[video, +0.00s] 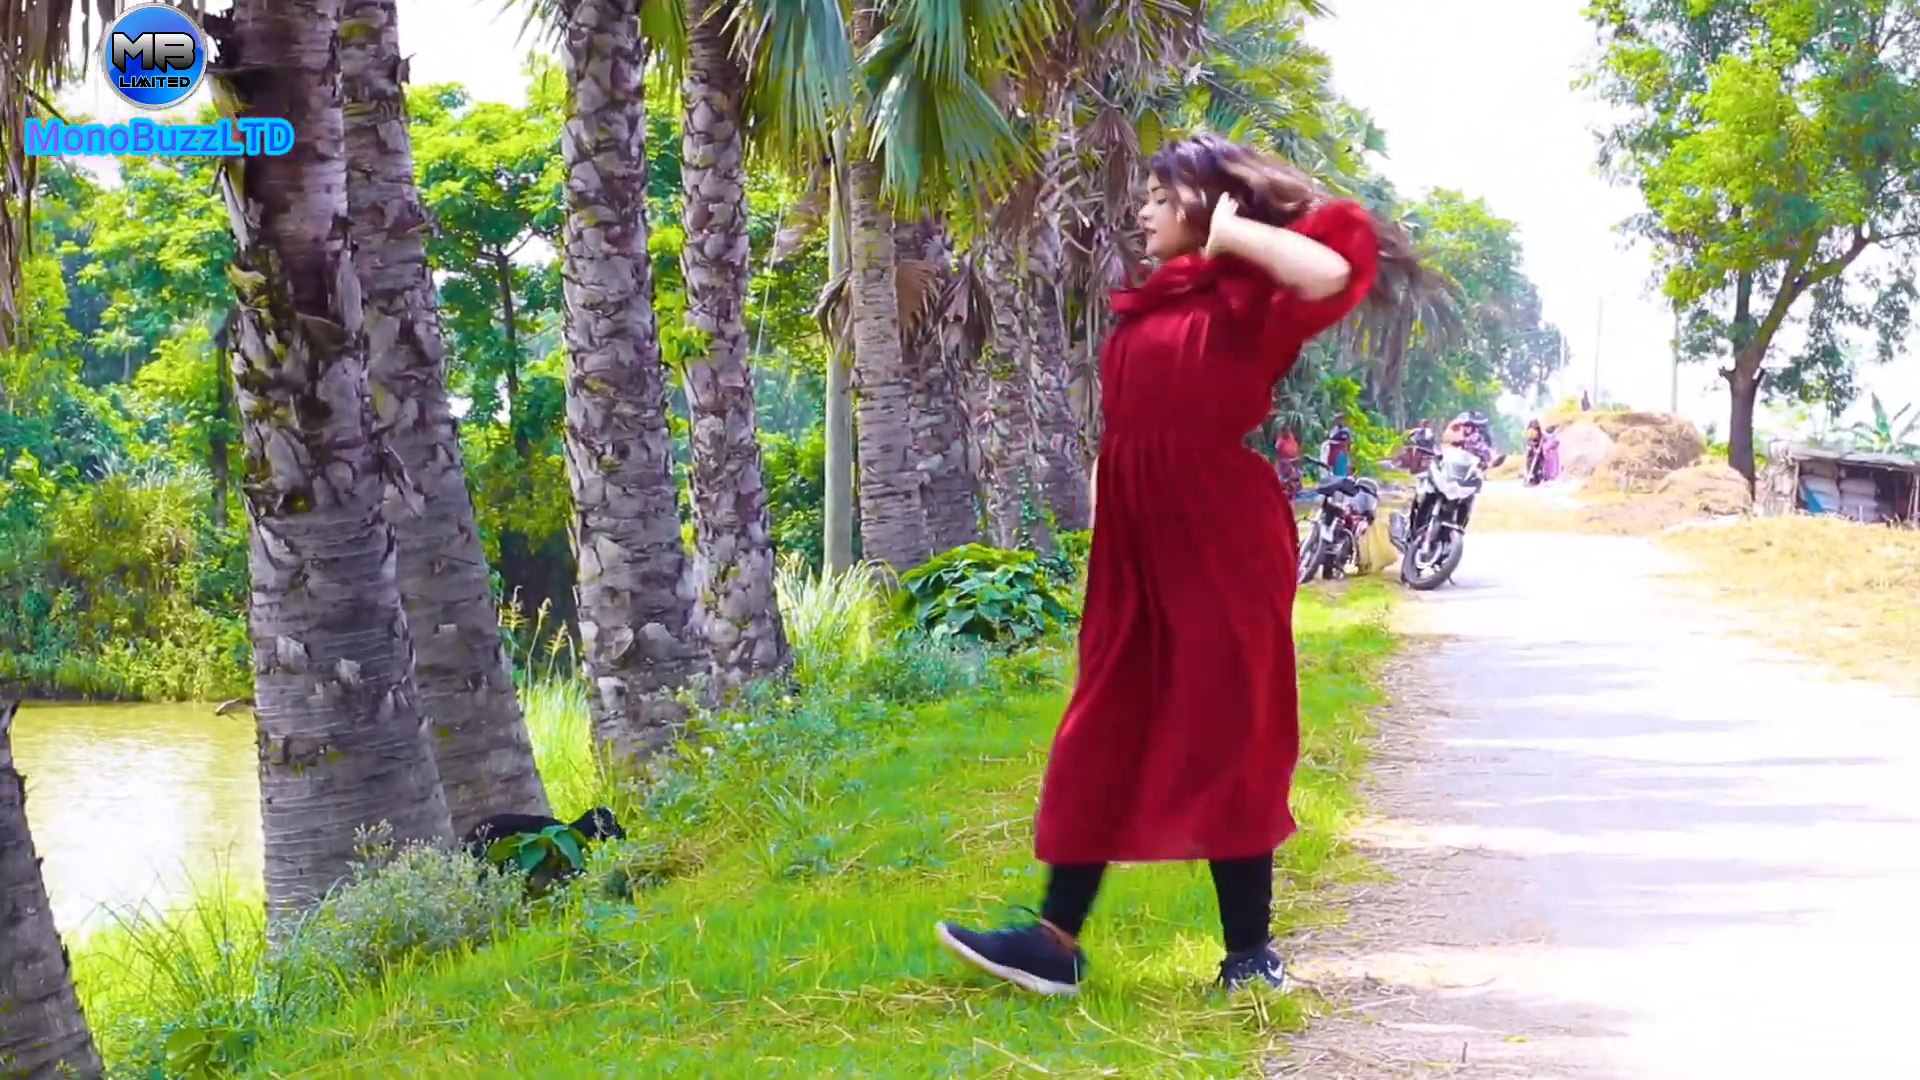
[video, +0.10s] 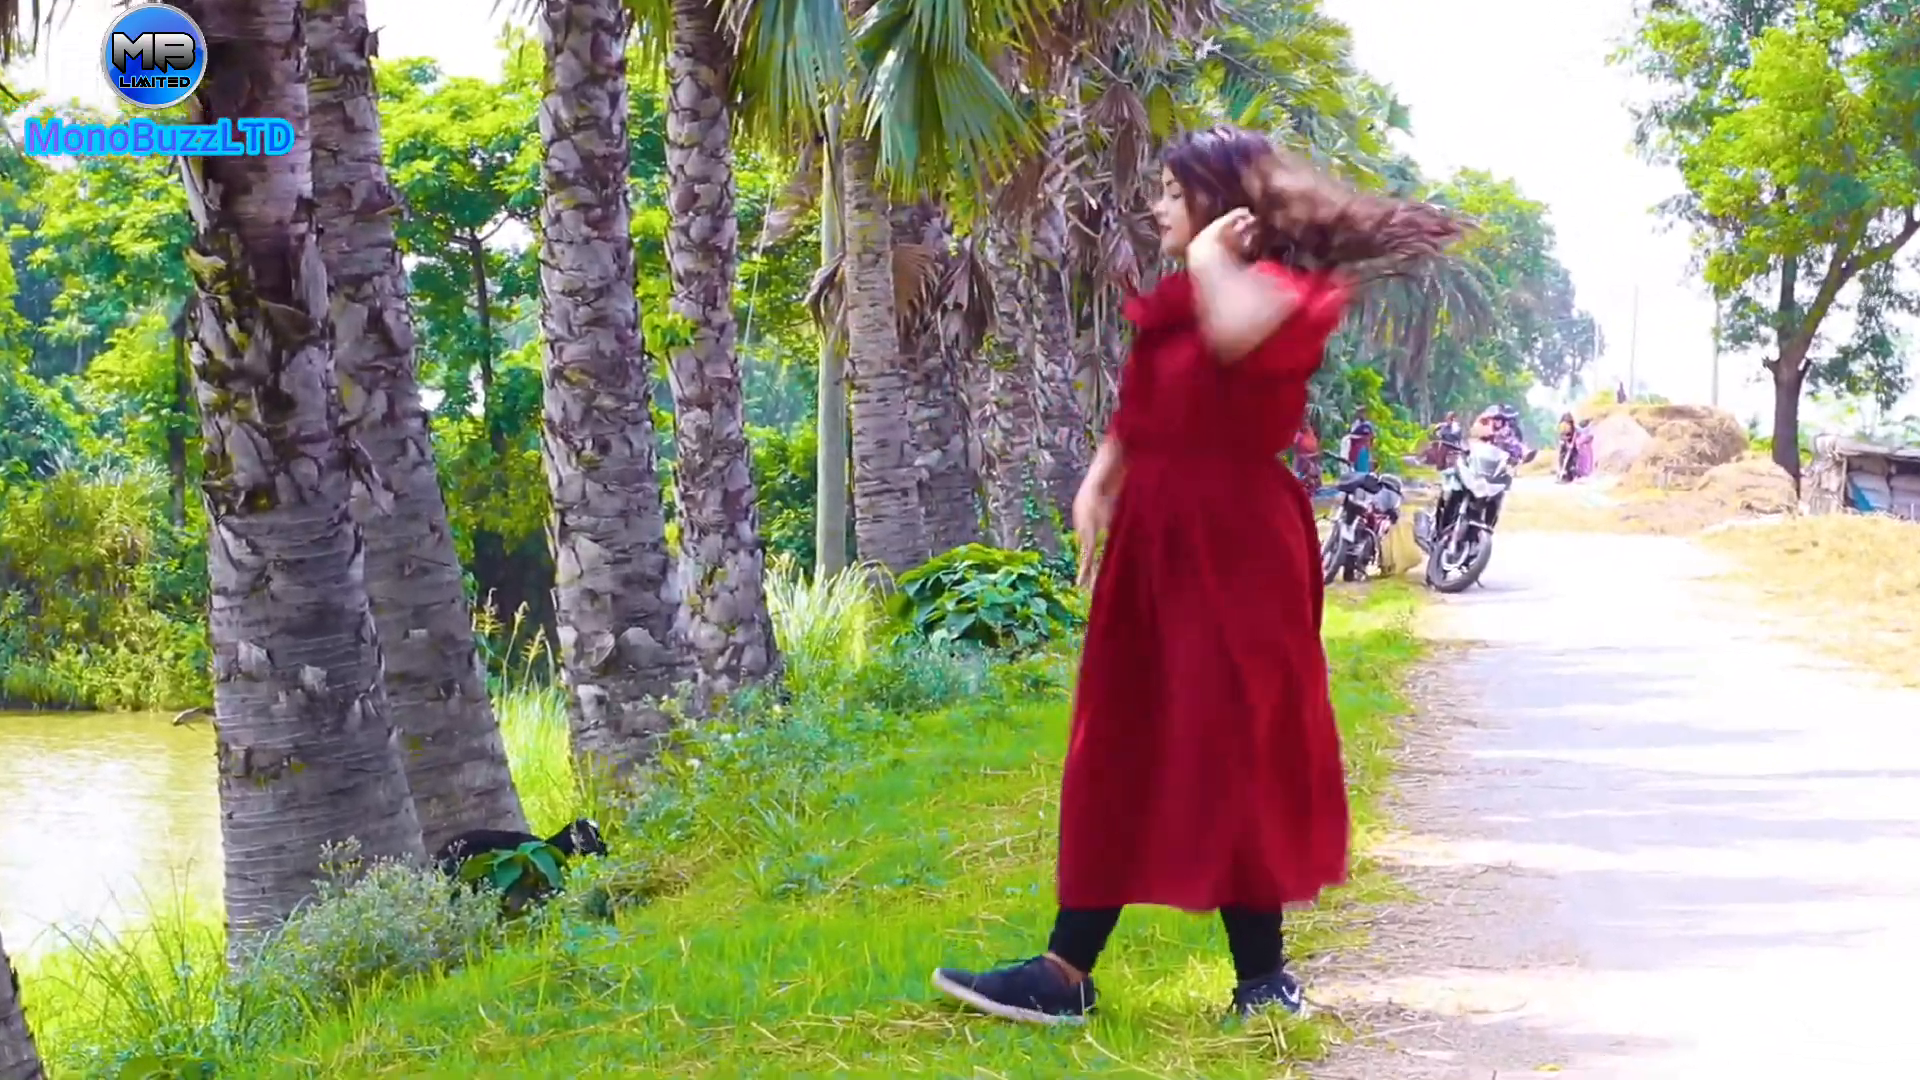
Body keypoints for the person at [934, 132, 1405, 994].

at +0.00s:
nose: (1141, 213)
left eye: (1159, 199)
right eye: (1144, 199)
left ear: (1210, 210)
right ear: (1164, 215)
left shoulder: (1249, 296)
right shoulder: (1144, 305)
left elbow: (1333, 276)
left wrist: (1232, 228)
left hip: (1225, 539)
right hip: (1134, 537)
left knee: (1231, 734)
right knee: (1100, 726)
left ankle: (1249, 957)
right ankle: (1055, 937)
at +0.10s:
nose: (1158, 208)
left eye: (1171, 194)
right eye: (1159, 195)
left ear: (1226, 204)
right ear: (1197, 210)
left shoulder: (1303, 291)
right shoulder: (1171, 301)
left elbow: (1237, 333)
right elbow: (1137, 411)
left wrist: (1211, 250)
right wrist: (1096, 482)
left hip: (1241, 550)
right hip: (1149, 544)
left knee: (1242, 752)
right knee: (1116, 747)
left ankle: (1263, 980)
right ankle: (1066, 969)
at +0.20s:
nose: (1141, 238)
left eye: (1153, 224)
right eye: (1142, 225)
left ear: (1206, 230)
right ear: (1186, 231)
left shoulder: (1250, 311)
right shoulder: (1157, 317)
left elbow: (1187, 357)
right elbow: (1107, 413)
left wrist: (1173, 267)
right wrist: (1066, 493)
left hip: (1223, 544)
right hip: (1139, 538)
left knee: (1211, 733)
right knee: (1074, 716)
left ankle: (1242, 955)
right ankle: (1053, 942)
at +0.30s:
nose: (1124, 236)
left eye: (1134, 221)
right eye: (1122, 222)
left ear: (1184, 224)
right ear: (1141, 231)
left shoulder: (1232, 302)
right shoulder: (1128, 307)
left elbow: (1285, 292)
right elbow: (1094, 391)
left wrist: (1210, 240)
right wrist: (1062, 445)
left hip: (1195, 539)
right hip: (1106, 535)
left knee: (1209, 727)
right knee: (1041, 711)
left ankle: (1241, 944)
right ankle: (1034, 922)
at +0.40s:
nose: (1108, 224)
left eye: (1123, 209)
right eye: (1109, 209)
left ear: (1175, 215)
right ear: (1133, 217)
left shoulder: (1233, 298)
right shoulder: (1101, 306)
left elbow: (1357, 301)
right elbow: (1068, 391)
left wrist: (1244, 238)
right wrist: (1039, 436)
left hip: (1181, 534)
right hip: (1078, 530)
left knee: (1205, 748)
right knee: (1036, 746)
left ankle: (1256, 975)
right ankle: (1006, 959)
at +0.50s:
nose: (1094, 237)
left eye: (1113, 223)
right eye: (1085, 223)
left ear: (1159, 237)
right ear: (1075, 239)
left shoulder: (1195, 342)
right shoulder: (1054, 335)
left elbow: (1318, 400)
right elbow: (980, 427)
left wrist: (1231, 319)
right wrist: (986, 469)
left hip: (1156, 567)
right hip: (1048, 563)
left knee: (1184, 763)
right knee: (1006, 760)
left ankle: (1247, 963)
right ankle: (1003, 955)